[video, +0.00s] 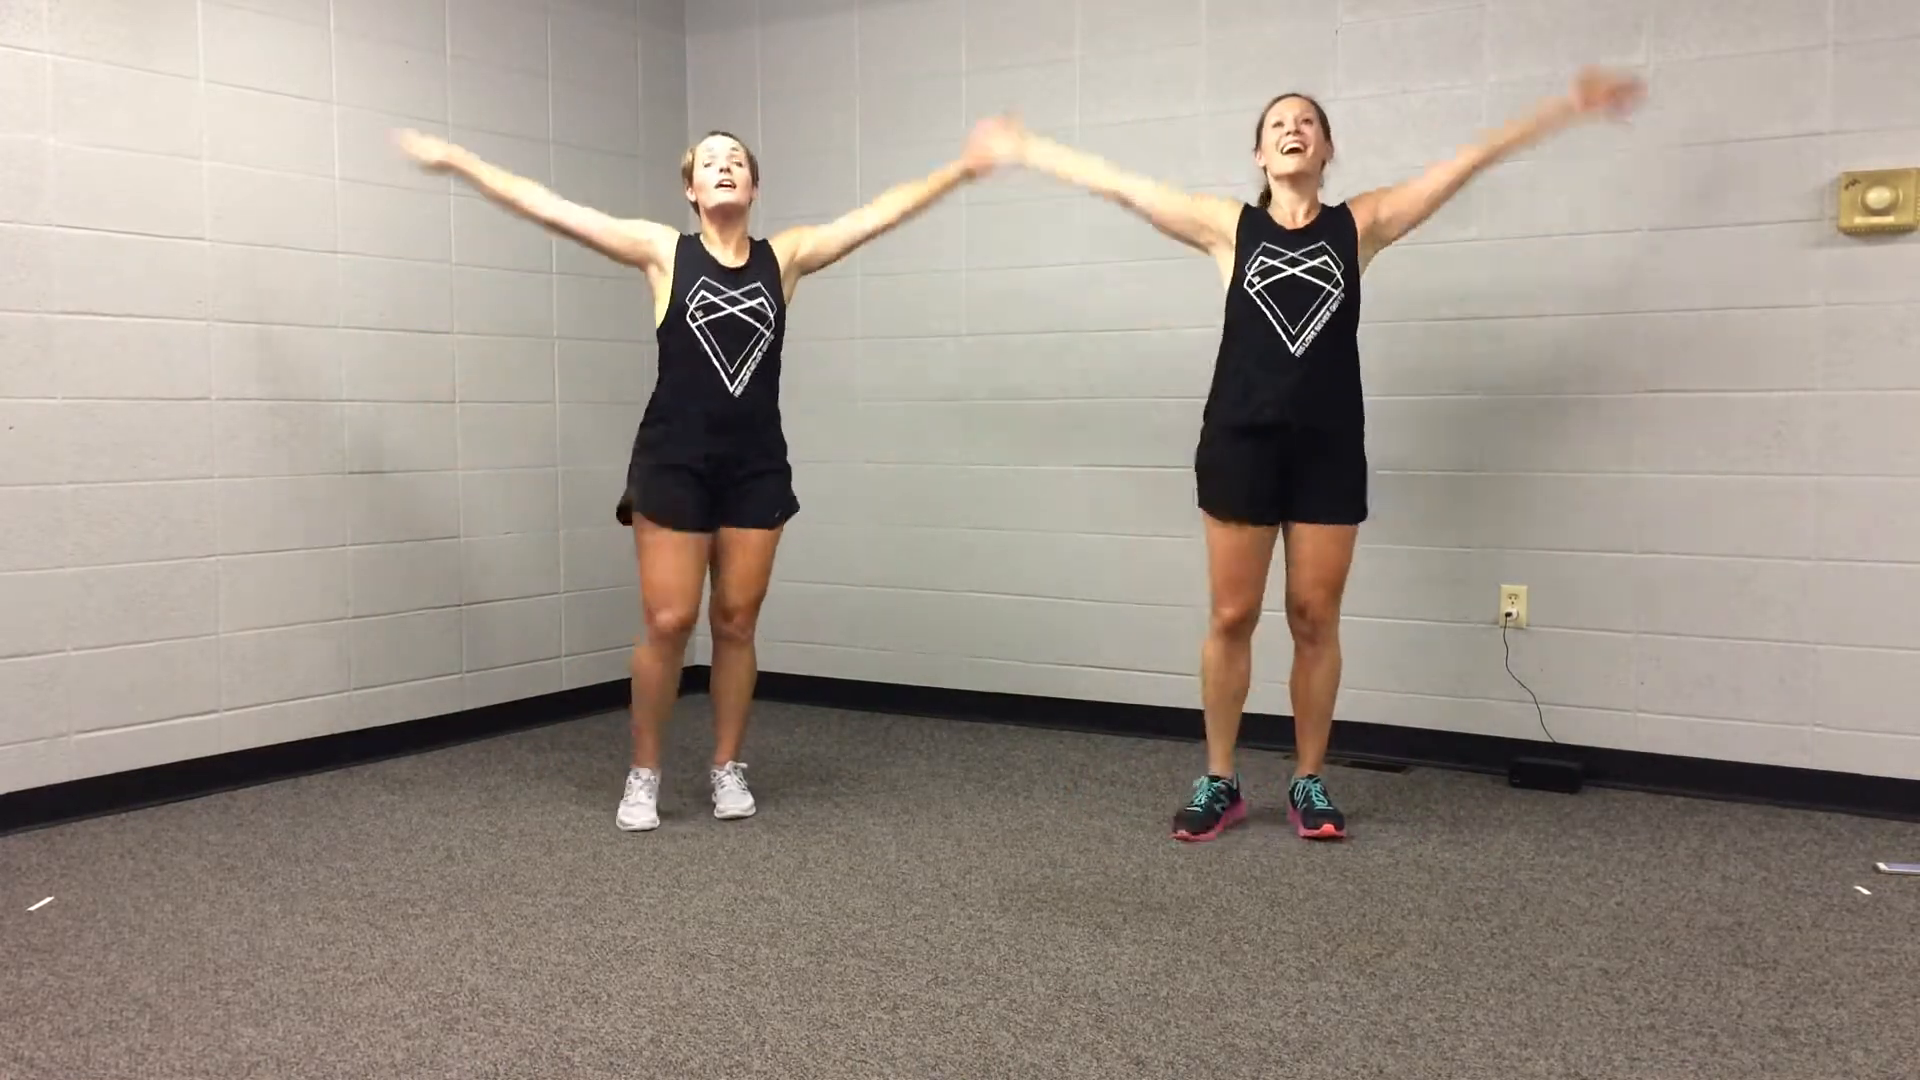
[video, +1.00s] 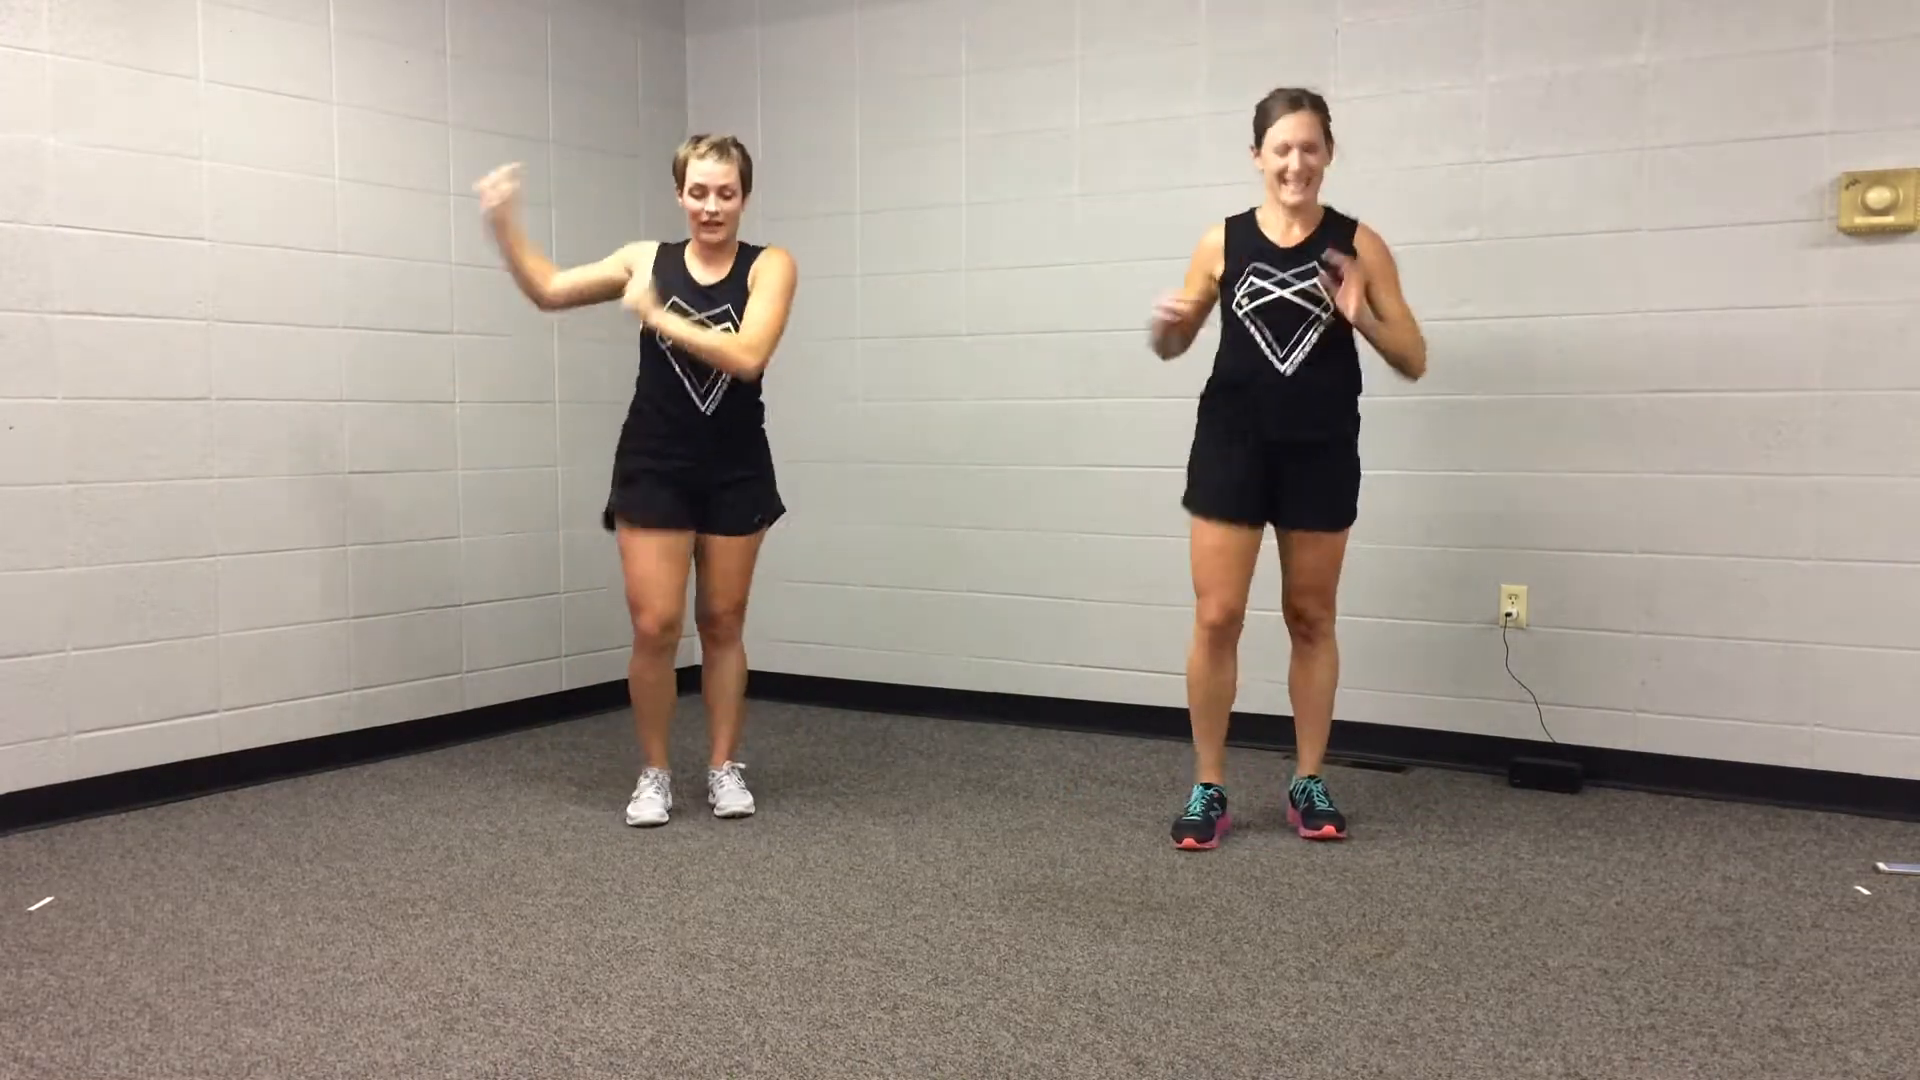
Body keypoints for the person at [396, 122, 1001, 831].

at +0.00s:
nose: (724, 167)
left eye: (736, 161)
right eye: (709, 163)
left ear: (755, 188)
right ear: (689, 192)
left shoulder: (785, 255)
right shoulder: (663, 250)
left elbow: (877, 214)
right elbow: (554, 209)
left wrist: (962, 168)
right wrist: (461, 160)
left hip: (756, 467)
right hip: (672, 465)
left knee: (736, 621)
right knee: (669, 621)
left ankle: (727, 768)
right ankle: (645, 774)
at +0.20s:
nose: (726, 192)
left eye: (738, 183)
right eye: (713, 182)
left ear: (756, 201)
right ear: (690, 200)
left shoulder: (782, 267)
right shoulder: (664, 261)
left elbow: (861, 187)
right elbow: (574, 180)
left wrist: (904, 99)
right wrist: (527, 81)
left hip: (756, 473)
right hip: (674, 465)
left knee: (743, 628)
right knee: (645, 573)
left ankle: (726, 765)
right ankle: (641, 697)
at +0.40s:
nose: (723, 182)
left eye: (734, 173)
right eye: (709, 172)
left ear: (753, 188)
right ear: (689, 189)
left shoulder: (779, 257)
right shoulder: (661, 252)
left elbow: (855, 212)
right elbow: (574, 203)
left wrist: (813, 119)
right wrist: (629, 118)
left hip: (751, 459)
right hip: (668, 452)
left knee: (732, 618)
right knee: (648, 598)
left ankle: (722, 765)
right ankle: (639, 746)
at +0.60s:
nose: (720, 198)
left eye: (733, 187)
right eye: (708, 186)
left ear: (752, 197)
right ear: (689, 196)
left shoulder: (779, 272)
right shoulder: (661, 269)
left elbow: (817, 342)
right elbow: (586, 317)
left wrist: (751, 279)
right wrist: (680, 249)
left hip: (749, 467)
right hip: (667, 462)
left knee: (733, 623)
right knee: (643, 609)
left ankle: (724, 767)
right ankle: (633, 764)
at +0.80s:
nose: (719, 213)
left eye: (732, 201)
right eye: (707, 200)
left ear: (751, 209)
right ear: (689, 207)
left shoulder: (779, 287)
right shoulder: (653, 277)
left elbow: (778, 383)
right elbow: (558, 334)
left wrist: (703, 318)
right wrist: (589, 271)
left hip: (747, 473)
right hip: (665, 463)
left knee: (737, 630)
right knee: (636, 566)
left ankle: (724, 767)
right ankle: (641, 686)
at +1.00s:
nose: (712, 206)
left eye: (725, 193)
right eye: (700, 193)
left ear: (745, 199)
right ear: (681, 196)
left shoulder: (771, 266)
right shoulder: (646, 260)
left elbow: (748, 358)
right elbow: (549, 289)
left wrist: (660, 318)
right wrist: (504, 223)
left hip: (735, 468)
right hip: (654, 465)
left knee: (722, 621)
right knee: (655, 626)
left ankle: (725, 766)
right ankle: (654, 772)